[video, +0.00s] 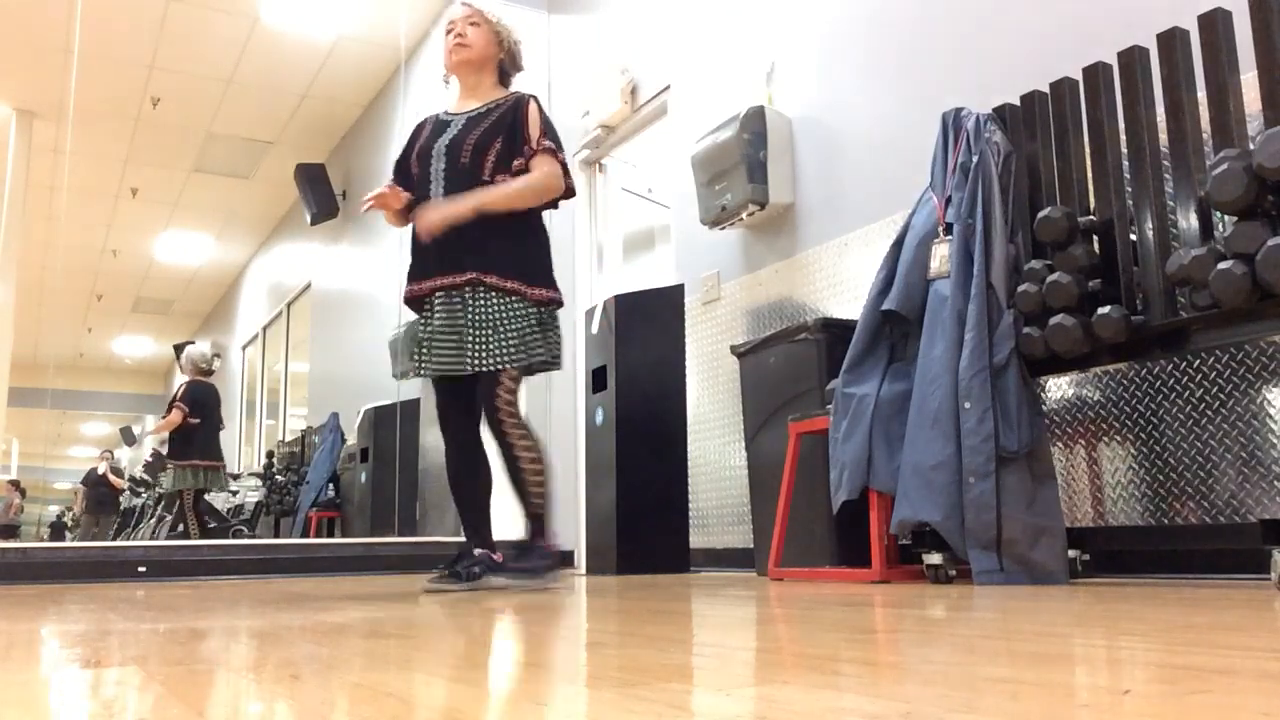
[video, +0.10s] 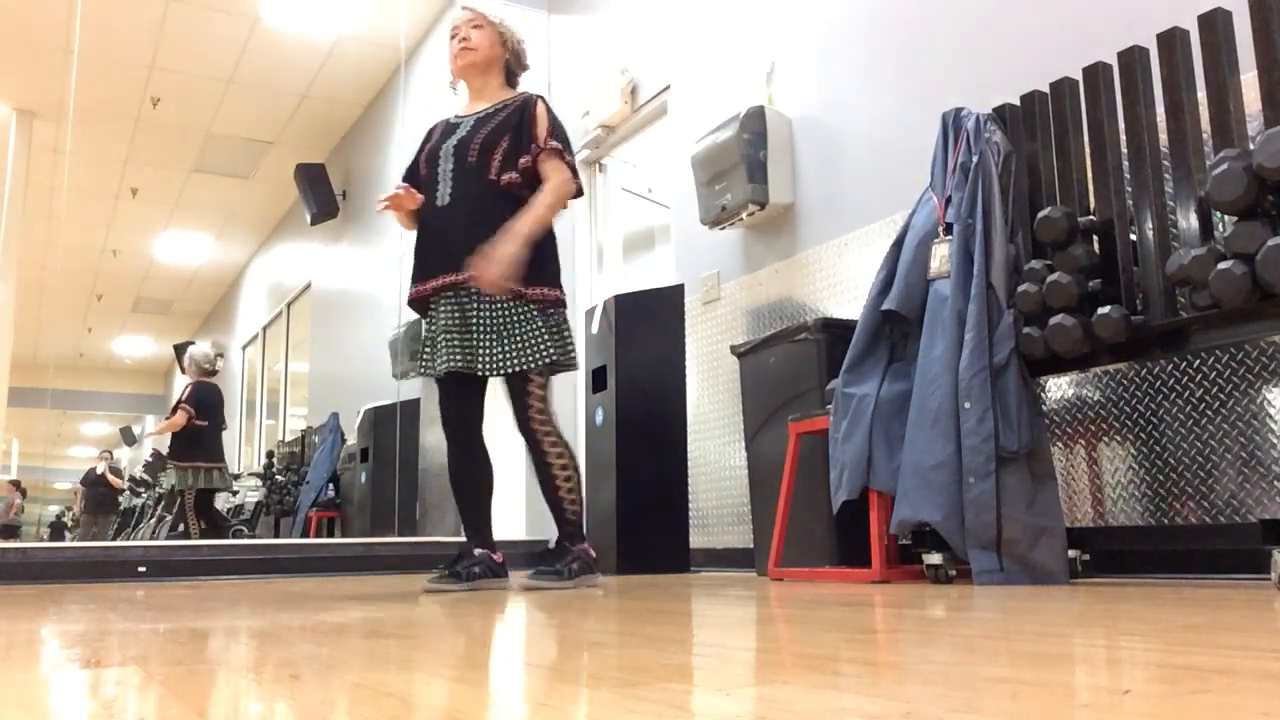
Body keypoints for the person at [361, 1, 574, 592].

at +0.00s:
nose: (456, 30)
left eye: (471, 25)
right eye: (449, 28)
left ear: (499, 49)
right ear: (444, 57)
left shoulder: (520, 107)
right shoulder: (427, 129)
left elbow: (551, 181)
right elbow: (406, 211)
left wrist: (460, 204)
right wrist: (394, 205)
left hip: (505, 281)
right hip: (442, 286)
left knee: (502, 411)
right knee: (456, 420)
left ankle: (543, 542)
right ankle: (479, 547)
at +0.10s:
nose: (459, 36)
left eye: (473, 29)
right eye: (453, 34)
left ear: (505, 50)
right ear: (452, 61)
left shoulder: (527, 107)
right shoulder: (438, 133)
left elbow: (561, 184)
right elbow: (422, 219)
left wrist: (511, 244)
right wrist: (406, 209)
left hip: (515, 282)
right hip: (448, 286)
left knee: (534, 418)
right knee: (459, 425)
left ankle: (575, 546)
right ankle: (481, 551)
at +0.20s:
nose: (464, 38)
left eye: (478, 29)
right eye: (458, 35)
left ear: (510, 49)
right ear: (457, 61)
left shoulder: (537, 107)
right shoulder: (445, 132)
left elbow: (575, 182)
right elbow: (437, 223)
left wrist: (561, 246)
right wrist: (416, 210)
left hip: (523, 279)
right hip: (455, 284)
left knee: (543, 417)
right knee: (462, 423)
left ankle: (574, 548)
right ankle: (482, 552)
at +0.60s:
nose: (491, 48)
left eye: (506, 42)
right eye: (485, 44)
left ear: (534, 64)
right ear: (480, 71)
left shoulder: (565, 119)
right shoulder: (470, 149)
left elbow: (607, 165)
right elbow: (451, 221)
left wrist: (637, 175)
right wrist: (456, 244)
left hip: (569, 291)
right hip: (503, 299)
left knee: (566, 415)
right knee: (463, 412)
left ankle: (579, 549)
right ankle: (481, 548)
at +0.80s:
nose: (495, 50)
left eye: (509, 42)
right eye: (490, 45)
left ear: (539, 61)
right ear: (487, 68)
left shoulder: (565, 118)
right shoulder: (476, 147)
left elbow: (614, 184)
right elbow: (456, 231)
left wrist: (565, 160)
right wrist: (434, 212)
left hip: (565, 288)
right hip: (499, 297)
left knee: (566, 416)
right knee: (456, 409)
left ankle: (579, 550)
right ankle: (473, 544)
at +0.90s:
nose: (495, 50)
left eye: (508, 41)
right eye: (488, 45)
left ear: (538, 60)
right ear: (485, 69)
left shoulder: (560, 118)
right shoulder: (474, 143)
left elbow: (594, 184)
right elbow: (445, 218)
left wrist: (512, 172)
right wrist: (410, 172)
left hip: (555, 291)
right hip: (489, 298)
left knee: (561, 418)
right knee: (450, 415)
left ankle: (579, 549)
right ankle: (463, 546)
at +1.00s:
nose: (490, 51)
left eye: (503, 42)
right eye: (484, 46)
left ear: (534, 60)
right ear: (481, 70)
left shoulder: (554, 122)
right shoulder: (469, 141)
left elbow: (576, 195)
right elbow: (432, 210)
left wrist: (491, 188)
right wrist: (397, 152)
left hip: (539, 295)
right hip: (479, 299)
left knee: (549, 418)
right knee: (452, 421)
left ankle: (578, 549)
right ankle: (465, 552)